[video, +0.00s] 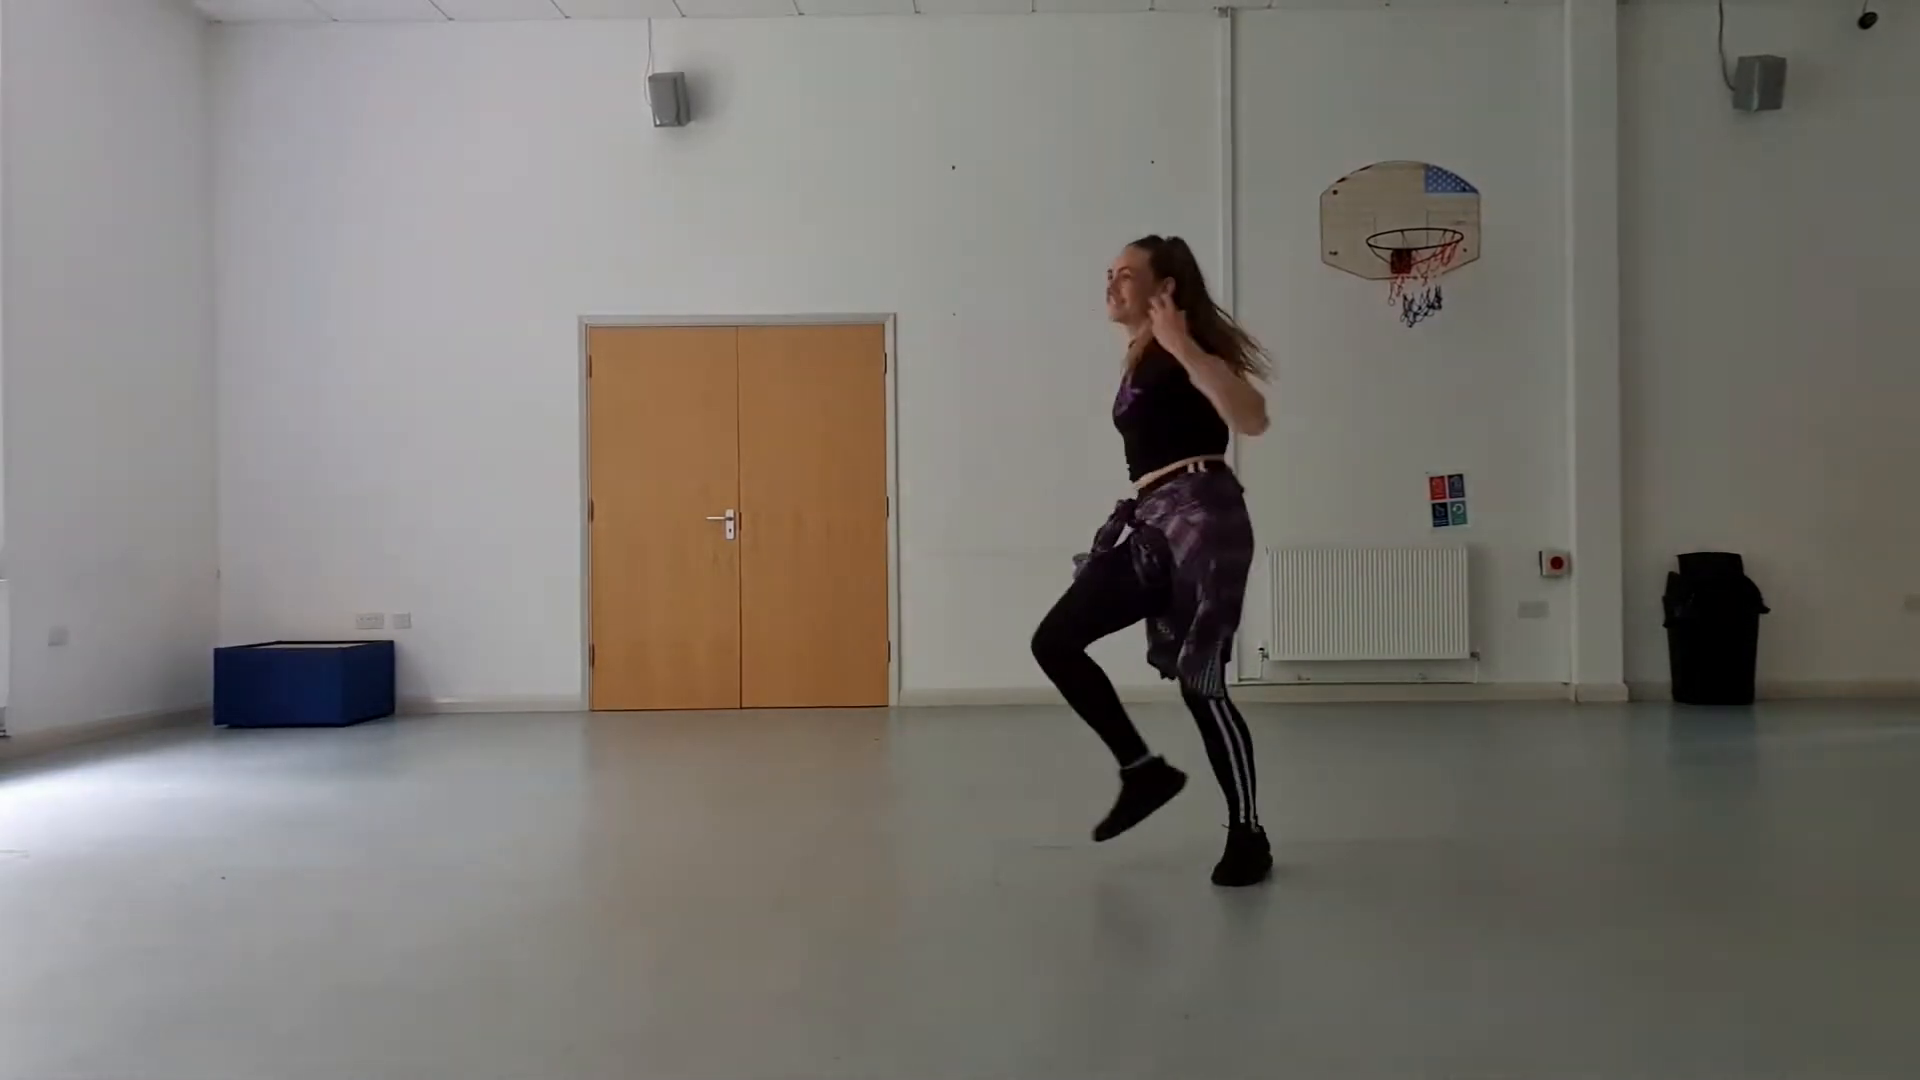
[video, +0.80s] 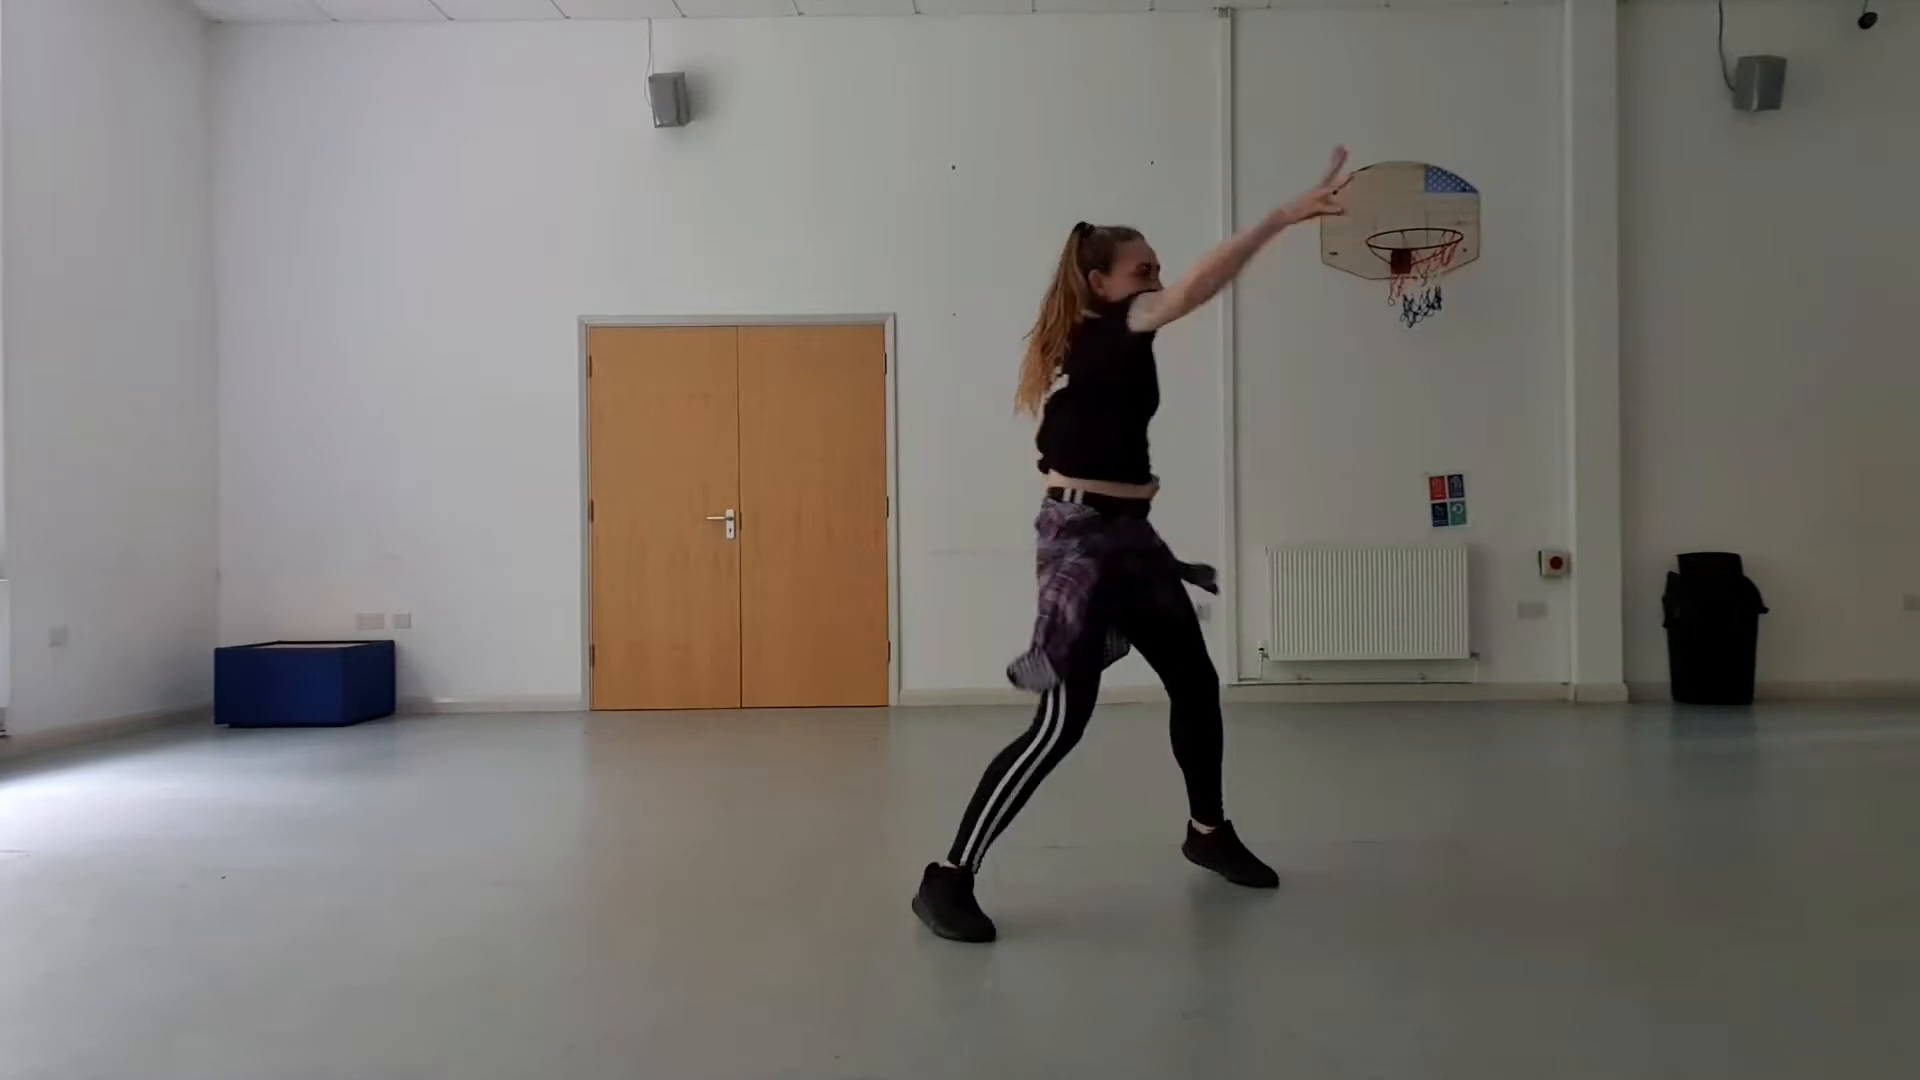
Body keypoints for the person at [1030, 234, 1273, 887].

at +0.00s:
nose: (1110, 288)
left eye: (1123, 278)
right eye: (1111, 278)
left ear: (1163, 288)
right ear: (1140, 293)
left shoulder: (1200, 344)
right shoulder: (1141, 355)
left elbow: (1252, 419)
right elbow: (1162, 447)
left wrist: (1179, 345)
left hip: (1204, 518)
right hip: (1149, 524)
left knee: (1202, 682)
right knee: (1054, 643)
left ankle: (1246, 833)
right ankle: (1141, 770)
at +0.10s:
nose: (1137, 272)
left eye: (1152, 260)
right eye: (1133, 261)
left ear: (1191, 269)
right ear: (1132, 271)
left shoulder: (1220, 335)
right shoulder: (1129, 343)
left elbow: (1289, 422)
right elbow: (1144, 435)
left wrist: (1248, 416)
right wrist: (1133, 512)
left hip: (1214, 513)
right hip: (1144, 518)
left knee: (1220, 676)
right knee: (1106, 675)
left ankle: (1239, 830)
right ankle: (1181, 789)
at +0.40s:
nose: (1251, 277)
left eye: (1247, 267)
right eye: (1238, 267)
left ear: (1215, 281)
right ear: (1198, 279)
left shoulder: (1235, 355)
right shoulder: (1156, 338)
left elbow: (1208, 441)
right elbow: (1062, 369)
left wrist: (1246, 473)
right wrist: (1111, 439)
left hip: (1225, 529)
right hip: (1152, 528)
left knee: (1232, 688)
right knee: (1127, 673)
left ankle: (1233, 832)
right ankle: (1098, 793)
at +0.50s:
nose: (1235, 257)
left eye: (1231, 247)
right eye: (1225, 248)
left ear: (1190, 258)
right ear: (1189, 257)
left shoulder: (1199, 328)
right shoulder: (1166, 304)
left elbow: (1175, 426)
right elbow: (1143, 322)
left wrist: (1224, 460)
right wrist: (1176, 401)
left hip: (1205, 518)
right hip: (1146, 514)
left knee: (1221, 681)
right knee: (1115, 662)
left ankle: (1232, 835)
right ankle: (1017, 815)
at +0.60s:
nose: (1208, 259)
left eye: (1203, 249)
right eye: (1198, 249)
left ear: (1153, 261)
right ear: (1163, 258)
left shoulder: (1140, 327)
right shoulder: (1171, 298)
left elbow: (1111, 437)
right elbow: (1225, 281)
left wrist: (1192, 461)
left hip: (1183, 514)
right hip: (1145, 510)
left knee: (1210, 681)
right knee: (1083, 679)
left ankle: (1218, 834)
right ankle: (975, 833)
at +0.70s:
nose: (1184, 273)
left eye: (1179, 263)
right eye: (1171, 266)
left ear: (1131, 283)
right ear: (1131, 281)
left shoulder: (1099, 349)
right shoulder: (1161, 319)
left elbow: (1077, 454)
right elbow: (1246, 300)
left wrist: (1151, 462)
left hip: (1163, 534)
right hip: (1120, 537)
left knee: (1211, 686)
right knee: (1081, 713)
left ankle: (1215, 835)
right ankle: (964, 865)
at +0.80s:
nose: (1156, 279)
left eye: (1154, 270)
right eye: (1142, 272)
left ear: (1110, 283)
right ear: (1098, 280)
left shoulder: (1101, 341)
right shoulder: (1113, 324)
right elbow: (1204, 281)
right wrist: (1285, 216)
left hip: (1128, 536)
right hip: (1080, 534)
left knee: (1195, 682)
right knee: (1062, 721)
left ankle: (1208, 829)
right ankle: (951, 874)